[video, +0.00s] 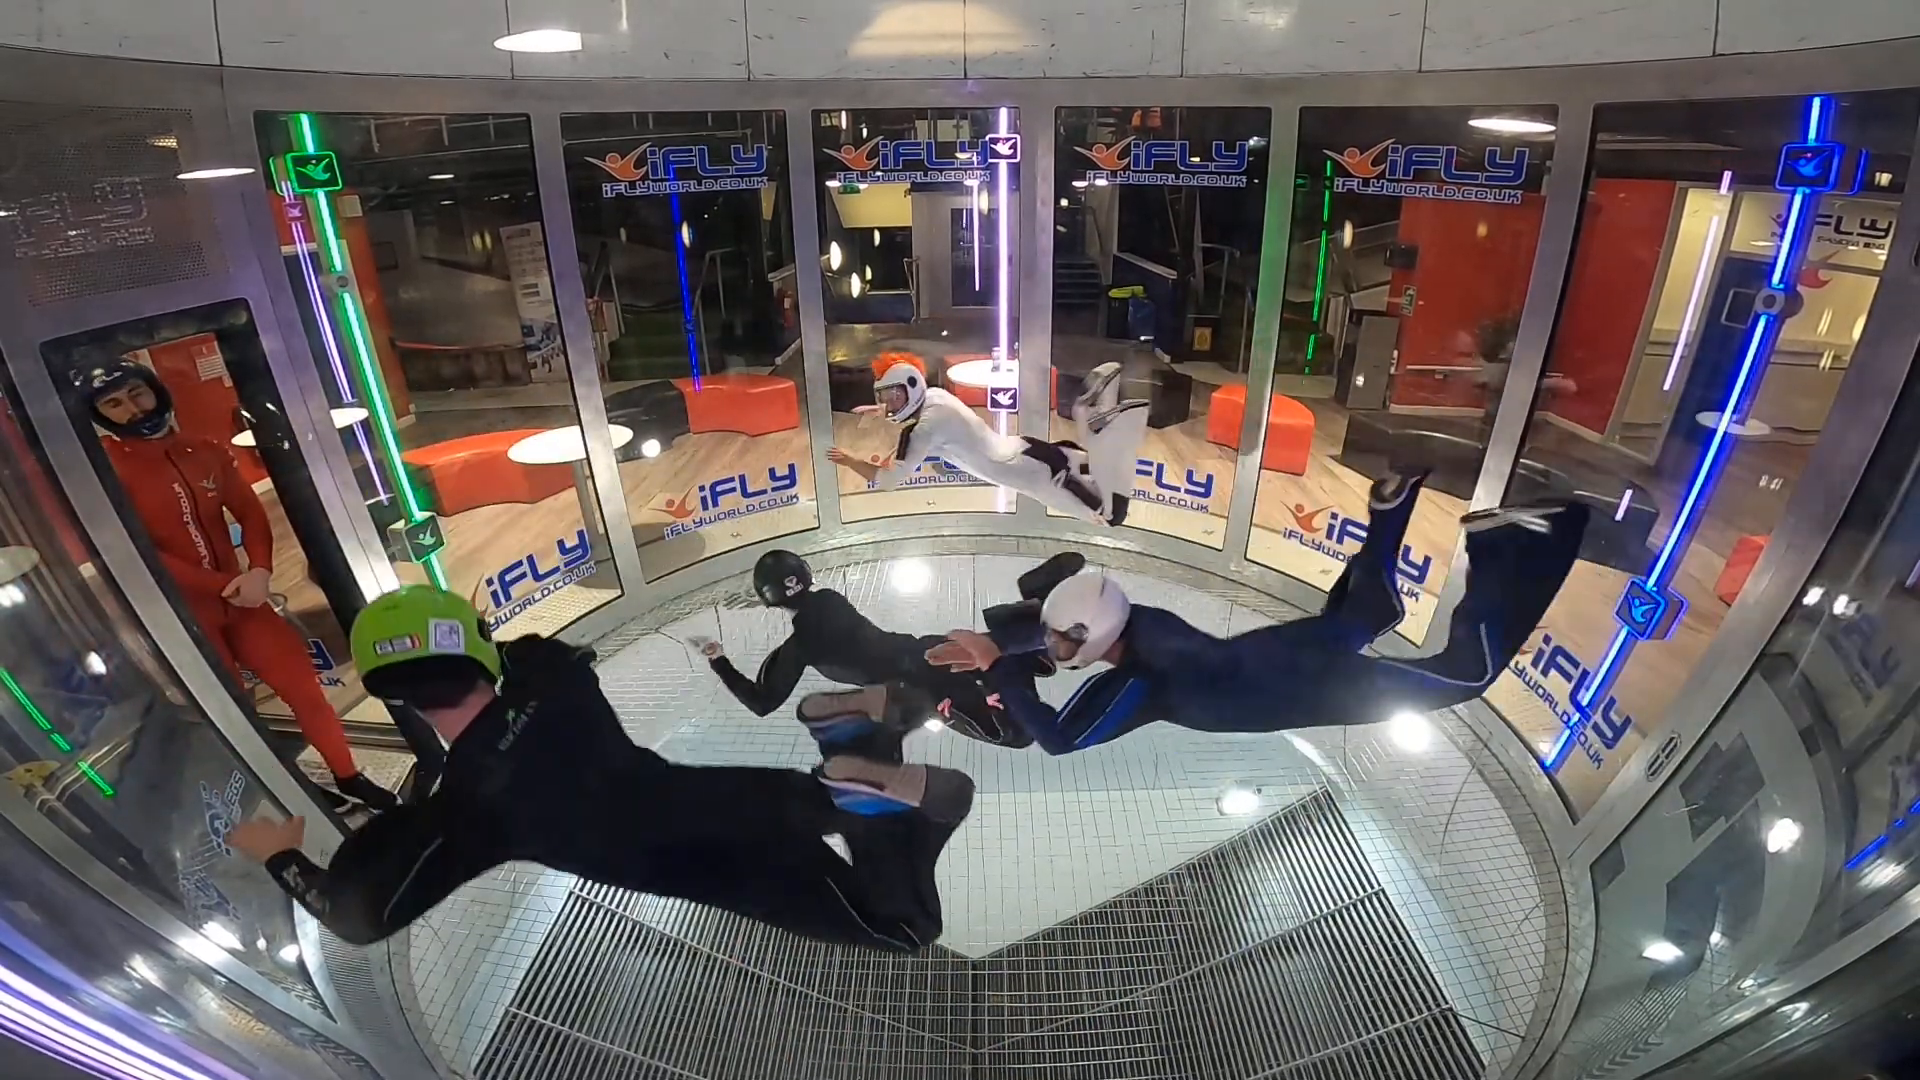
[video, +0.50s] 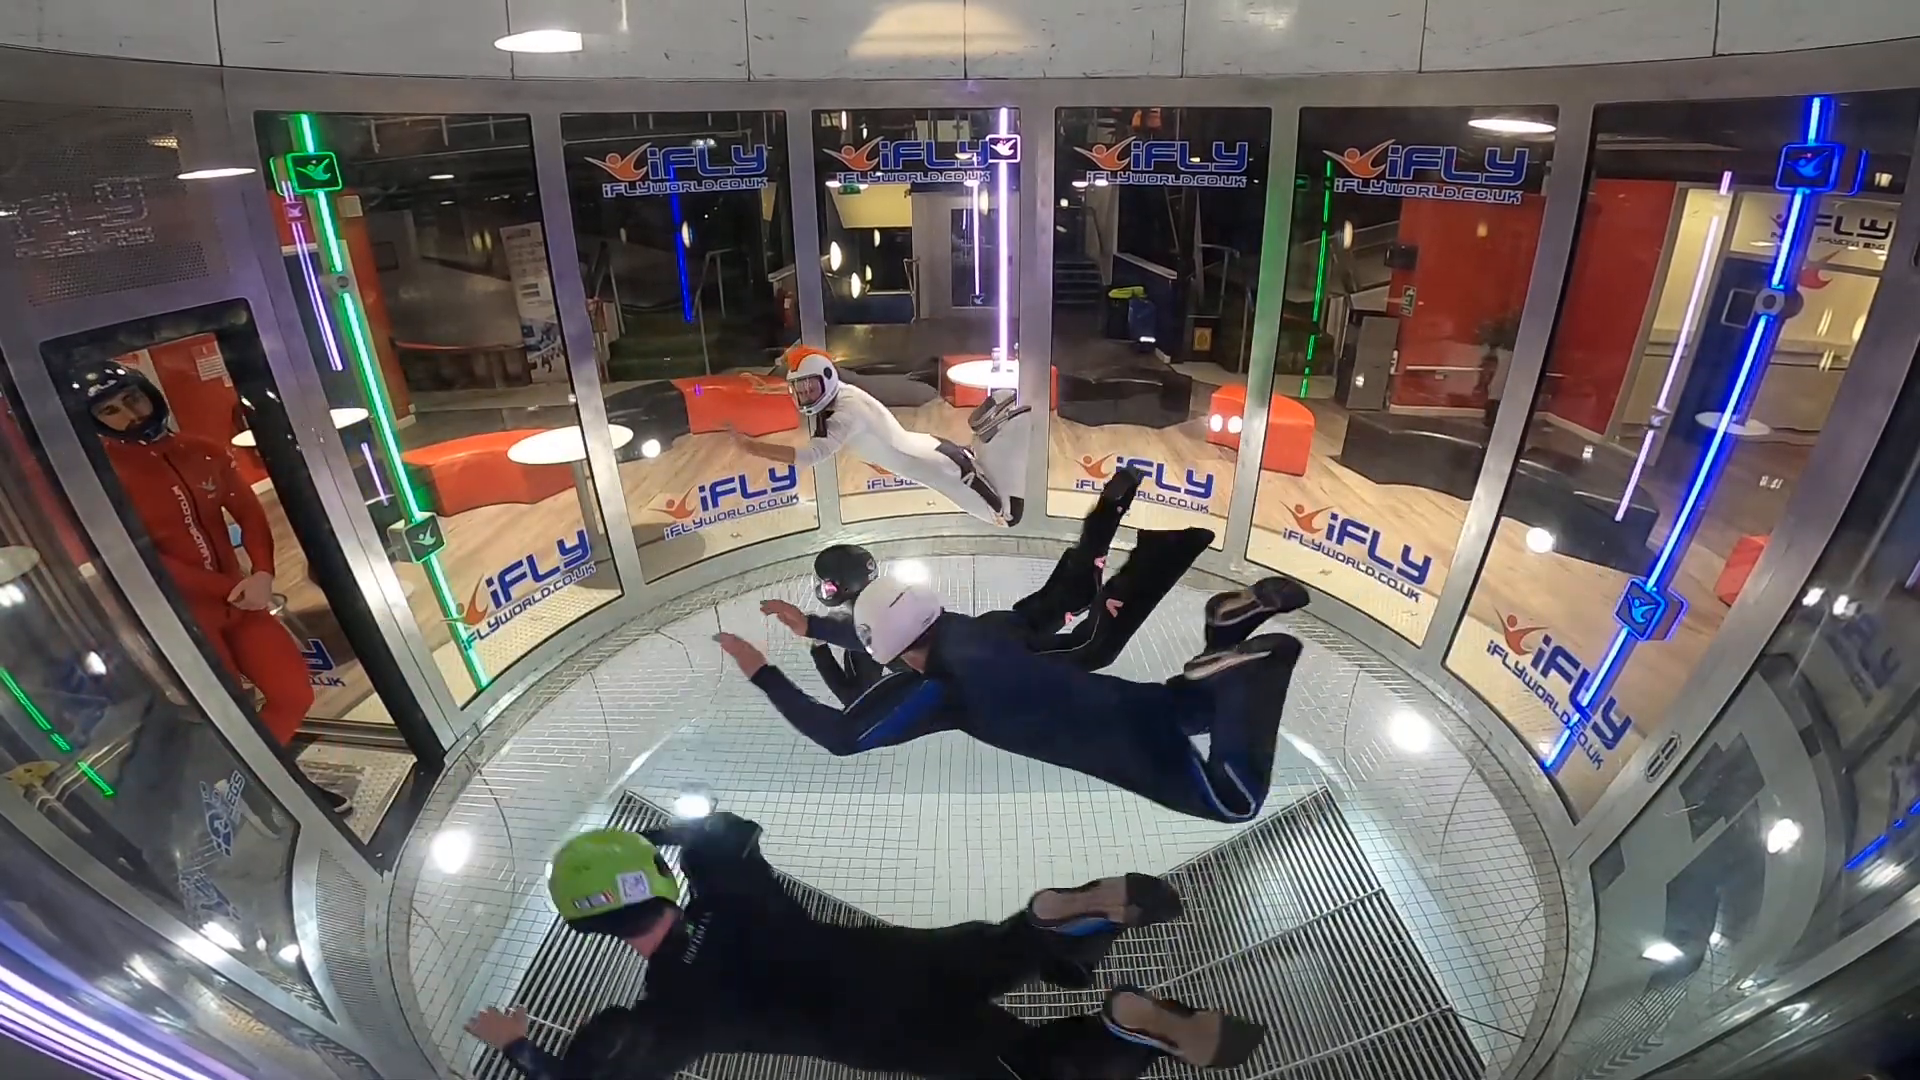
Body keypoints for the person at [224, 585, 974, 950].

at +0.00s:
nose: (409, 707)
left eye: (402, 693)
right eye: (406, 690)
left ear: (401, 703)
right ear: (478, 646)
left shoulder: (468, 806)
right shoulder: (550, 667)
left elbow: (361, 912)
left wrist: (289, 855)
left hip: (726, 865)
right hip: (742, 791)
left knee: (901, 926)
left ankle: (875, 810)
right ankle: (857, 741)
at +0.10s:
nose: (451, 760)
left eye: (454, 743)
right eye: (442, 743)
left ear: (469, 735)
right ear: (502, 696)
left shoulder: (504, 846)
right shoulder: (565, 708)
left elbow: (393, 953)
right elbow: (565, 695)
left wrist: (301, 907)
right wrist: (477, 689)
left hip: (753, 908)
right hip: (757, 831)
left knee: (923, 963)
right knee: (862, 851)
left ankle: (918, 845)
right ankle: (885, 776)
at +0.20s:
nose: (483, 803)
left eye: (476, 787)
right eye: (477, 783)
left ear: (484, 793)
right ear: (532, 739)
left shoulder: (538, 887)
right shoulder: (594, 751)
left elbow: (434, 992)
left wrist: (356, 949)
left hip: (752, 946)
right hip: (762, 869)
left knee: (942, 988)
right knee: (874, 876)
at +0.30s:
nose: (545, 804)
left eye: (514, 814)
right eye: (534, 797)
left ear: (509, 853)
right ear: (565, 795)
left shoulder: (567, 932)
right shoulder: (636, 810)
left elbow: (478, 1030)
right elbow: (643, 773)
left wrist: (389, 983)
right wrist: (563, 773)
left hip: (792, 975)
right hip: (811, 910)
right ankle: (979, 893)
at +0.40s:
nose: (570, 898)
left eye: (567, 885)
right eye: (563, 880)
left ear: (582, 881)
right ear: (620, 833)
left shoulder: (627, 959)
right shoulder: (676, 837)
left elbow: (533, 1056)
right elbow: (678, 799)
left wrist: (439, 1018)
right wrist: (607, 805)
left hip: (856, 1011)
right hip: (872, 932)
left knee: (981, 1046)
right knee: (954, 930)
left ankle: (1091, 1019)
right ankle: (1031, 907)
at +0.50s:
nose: (601, 944)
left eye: (596, 931)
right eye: (605, 916)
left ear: (606, 928)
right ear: (655, 873)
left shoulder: (681, 1006)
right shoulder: (727, 873)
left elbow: (598, 1061)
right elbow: (726, 831)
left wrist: (522, 1046)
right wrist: (655, 824)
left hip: (902, 1032)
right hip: (914, 953)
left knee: (1026, 1048)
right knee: (1007, 950)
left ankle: (1136, 1025)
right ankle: (1082, 912)